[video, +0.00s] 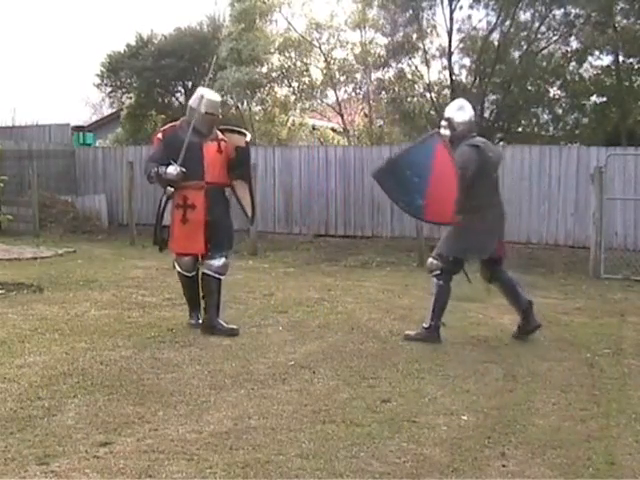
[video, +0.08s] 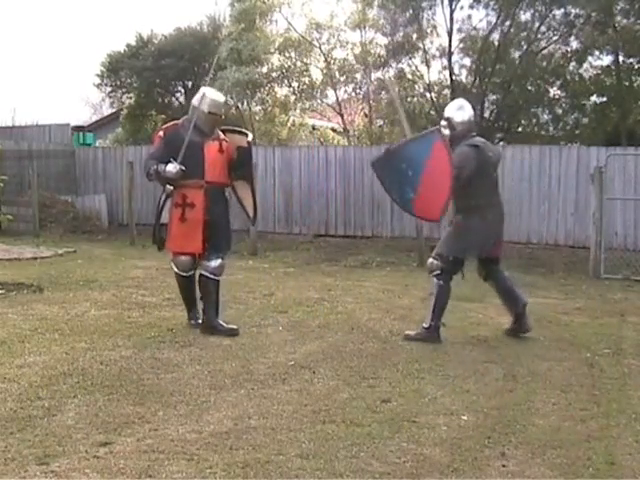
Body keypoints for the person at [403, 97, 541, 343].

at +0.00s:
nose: (447, 129)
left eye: (451, 124)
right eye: (447, 124)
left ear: (463, 124)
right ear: (470, 124)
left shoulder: (466, 151)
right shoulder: (485, 147)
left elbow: (454, 188)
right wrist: (447, 147)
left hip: (471, 222)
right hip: (491, 221)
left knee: (442, 270)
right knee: (493, 270)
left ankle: (432, 327)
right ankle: (527, 316)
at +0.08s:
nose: (447, 130)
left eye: (450, 125)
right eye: (446, 125)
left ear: (462, 125)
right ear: (470, 125)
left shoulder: (464, 152)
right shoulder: (486, 148)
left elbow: (446, 181)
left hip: (469, 222)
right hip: (492, 221)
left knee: (442, 270)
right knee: (489, 269)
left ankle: (432, 327)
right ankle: (520, 314)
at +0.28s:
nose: (452, 130)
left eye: (455, 125)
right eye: (451, 125)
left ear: (466, 125)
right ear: (475, 126)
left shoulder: (468, 155)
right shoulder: (491, 151)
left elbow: (447, 178)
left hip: (473, 223)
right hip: (494, 222)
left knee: (442, 268)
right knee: (493, 270)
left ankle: (432, 327)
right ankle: (516, 321)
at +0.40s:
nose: (456, 128)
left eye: (460, 123)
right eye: (455, 123)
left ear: (471, 125)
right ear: (477, 125)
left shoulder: (471, 154)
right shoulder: (492, 151)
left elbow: (449, 177)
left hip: (473, 222)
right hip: (493, 221)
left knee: (443, 268)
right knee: (493, 269)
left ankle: (432, 327)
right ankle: (516, 321)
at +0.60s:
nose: (456, 129)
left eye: (459, 124)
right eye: (457, 124)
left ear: (465, 126)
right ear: (479, 126)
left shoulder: (472, 154)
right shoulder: (492, 151)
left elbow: (454, 180)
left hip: (473, 221)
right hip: (494, 220)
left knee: (442, 268)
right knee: (490, 269)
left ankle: (432, 327)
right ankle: (516, 321)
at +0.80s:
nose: (456, 128)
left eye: (458, 123)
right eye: (457, 123)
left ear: (465, 124)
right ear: (479, 124)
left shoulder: (472, 152)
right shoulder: (492, 151)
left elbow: (456, 179)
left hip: (472, 220)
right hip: (494, 220)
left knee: (443, 268)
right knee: (492, 269)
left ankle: (433, 327)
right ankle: (516, 322)